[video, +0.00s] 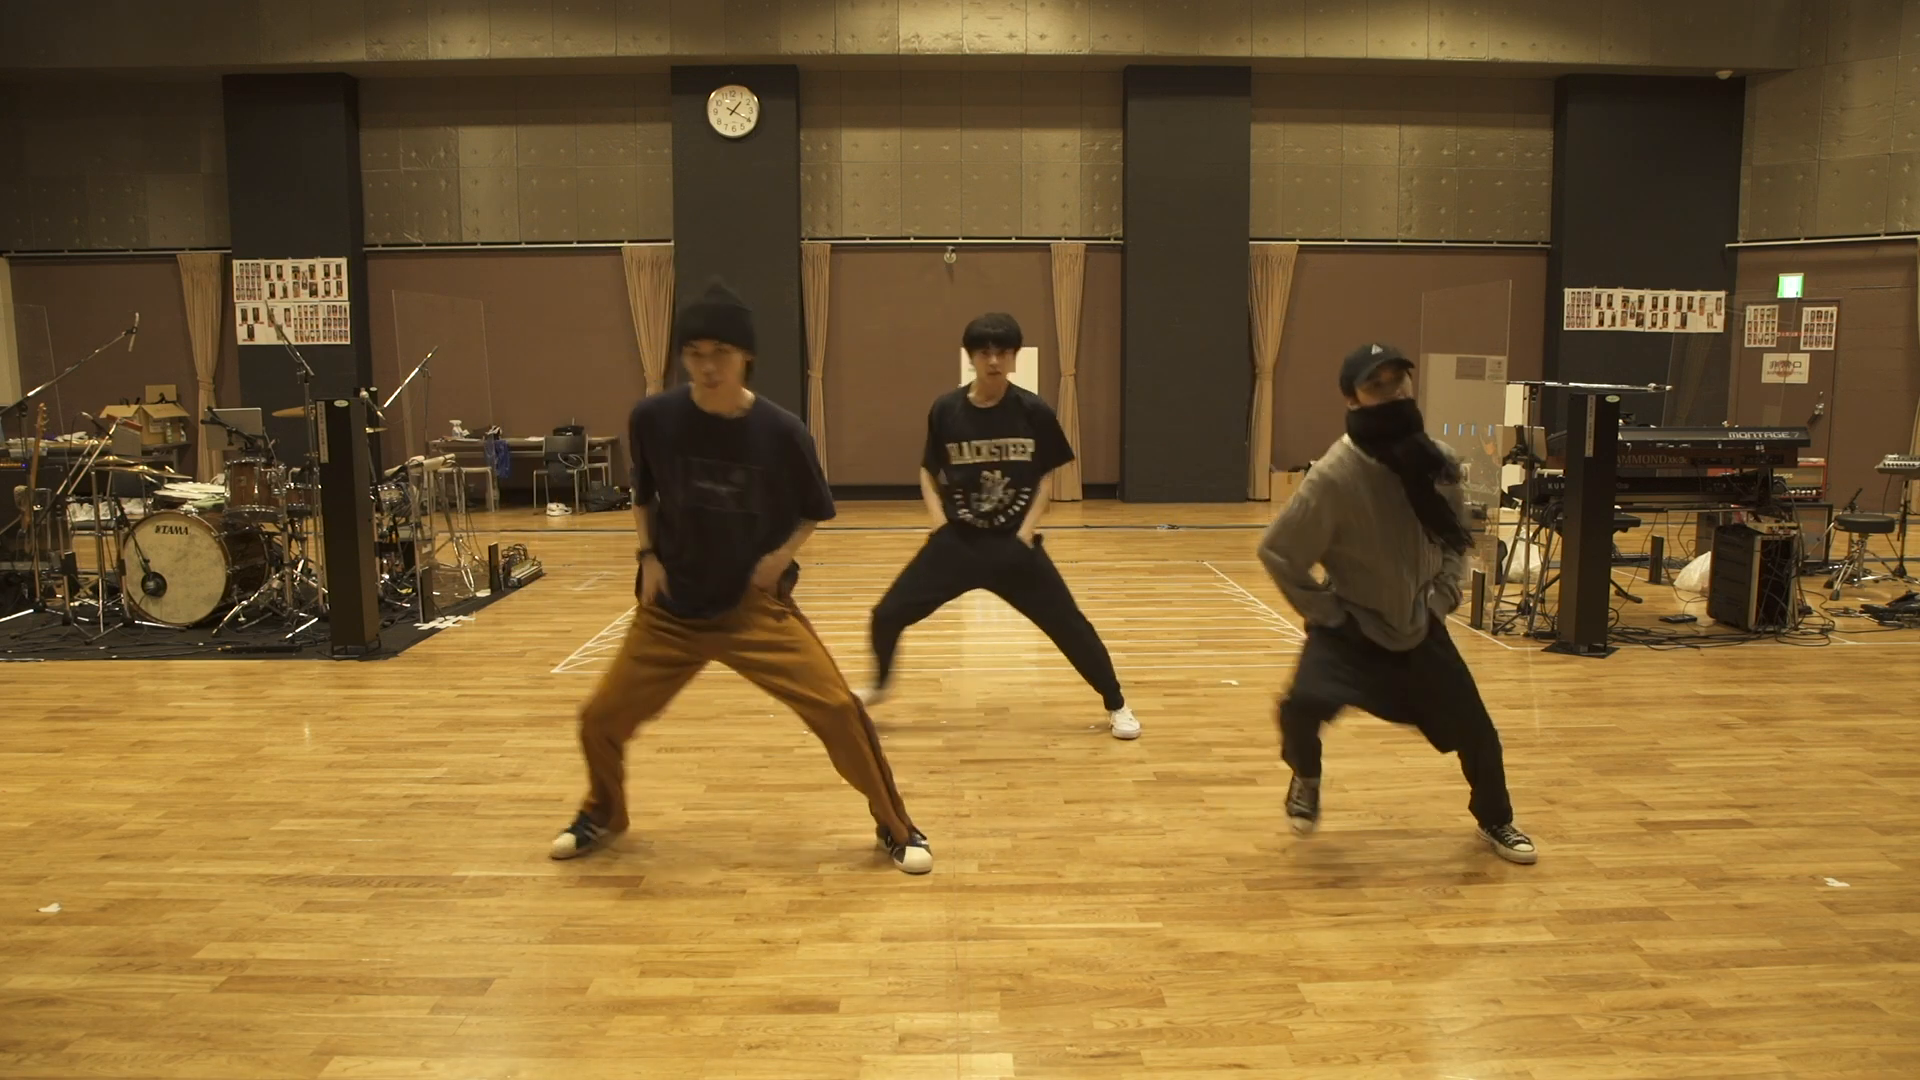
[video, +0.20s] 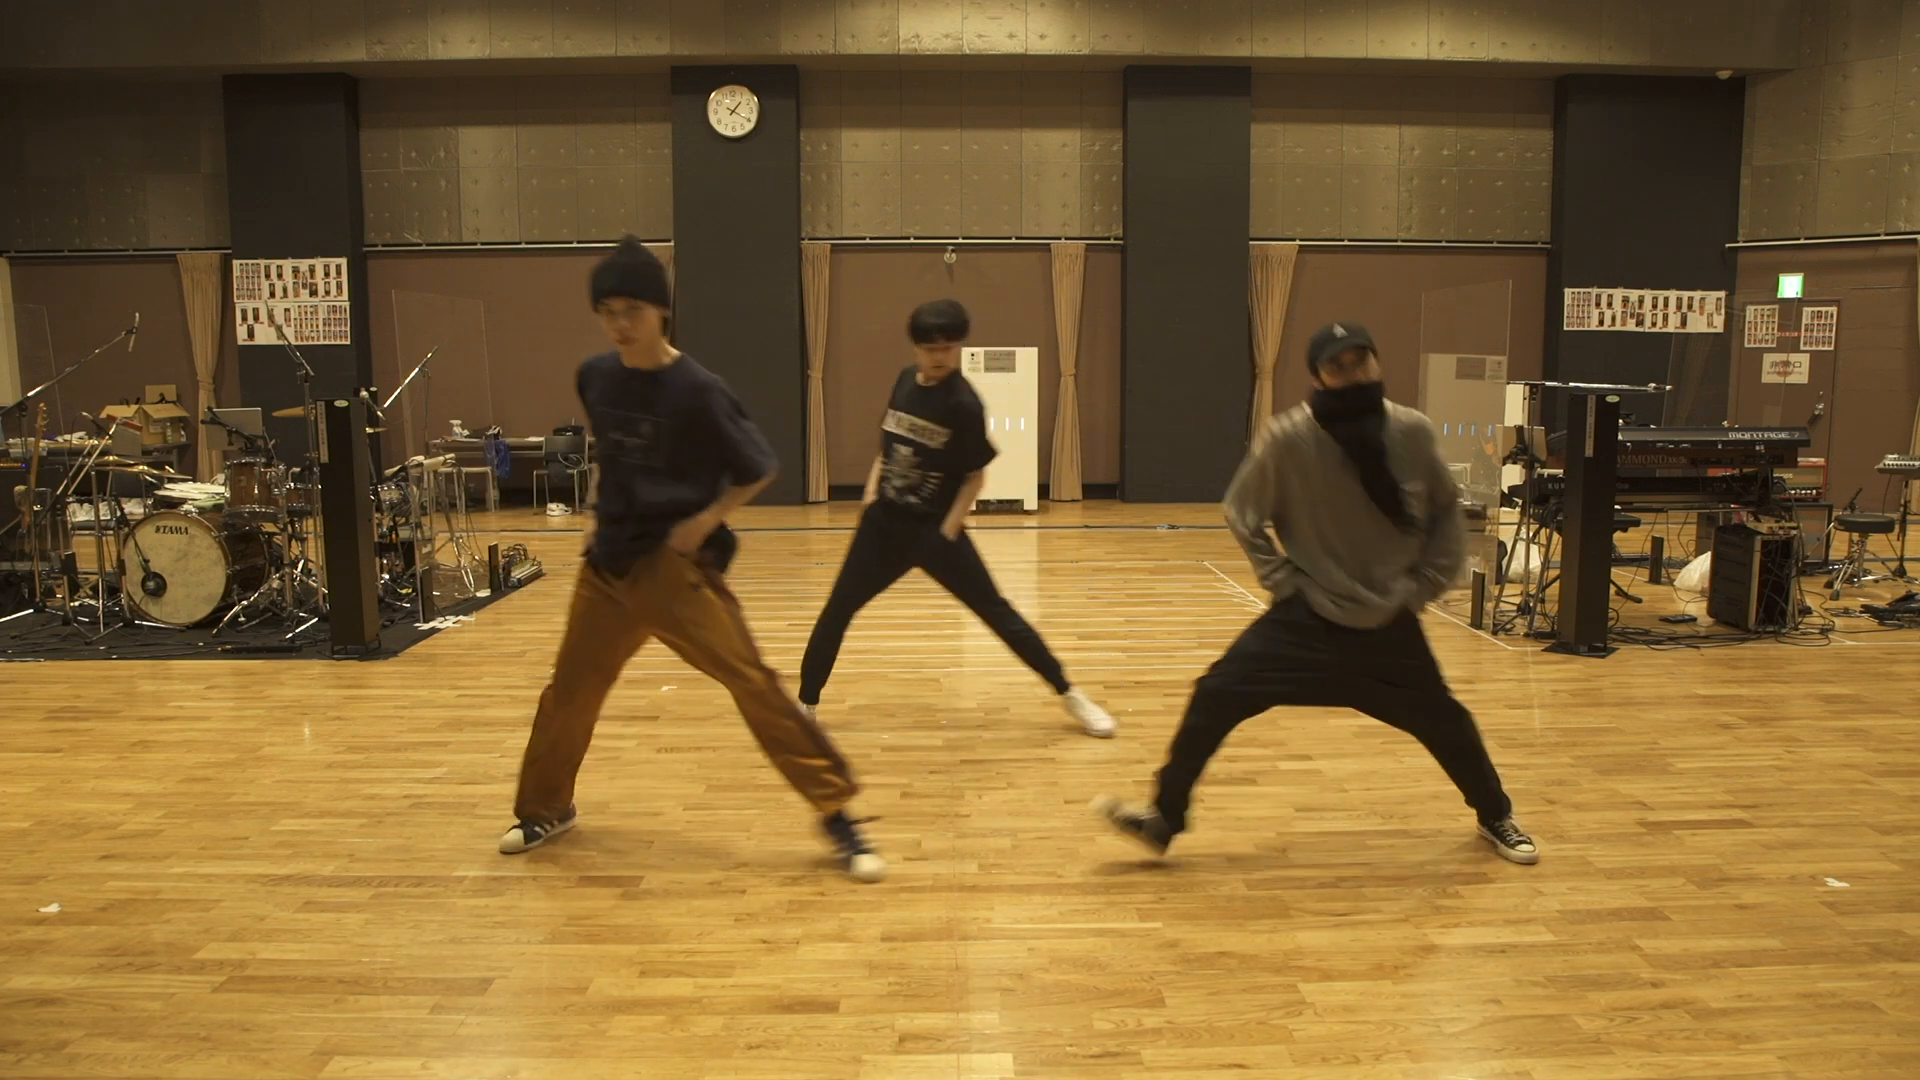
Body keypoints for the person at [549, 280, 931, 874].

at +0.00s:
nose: (706, 367)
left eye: (719, 354)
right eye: (695, 355)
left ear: (746, 358)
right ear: (681, 359)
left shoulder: (781, 432)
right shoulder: (652, 420)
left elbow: (816, 511)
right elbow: (644, 494)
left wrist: (780, 557)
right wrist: (647, 555)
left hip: (757, 611)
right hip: (671, 612)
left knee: (839, 709)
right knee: (598, 720)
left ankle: (897, 827)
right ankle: (604, 814)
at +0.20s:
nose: (618, 325)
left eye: (630, 311)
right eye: (607, 314)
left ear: (662, 310)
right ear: (599, 317)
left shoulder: (698, 391)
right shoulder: (595, 378)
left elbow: (761, 468)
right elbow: (606, 454)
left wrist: (704, 520)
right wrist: (603, 517)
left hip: (677, 567)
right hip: (609, 564)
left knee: (754, 684)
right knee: (570, 689)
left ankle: (837, 816)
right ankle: (544, 812)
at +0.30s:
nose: (572, 304)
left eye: (583, 289)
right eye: (560, 294)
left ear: (616, 288)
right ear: (554, 301)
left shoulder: (662, 373)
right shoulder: (559, 364)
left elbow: (721, 453)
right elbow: (563, 443)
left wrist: (661, 505)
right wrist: (553, 506)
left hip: (639, 553)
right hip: (571, 549)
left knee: (684, 690)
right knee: (551, 683)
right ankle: (547, 805)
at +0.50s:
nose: (534, 291)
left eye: (544, 276)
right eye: (523, 283)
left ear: (578, 275)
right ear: (517, 292)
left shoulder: (631, 360)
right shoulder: (520, 357)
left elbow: (681, 444)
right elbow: (521, 441)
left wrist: (627, 492)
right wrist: (517, 506)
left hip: (602, 533)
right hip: (534, 533)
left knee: (606, 673)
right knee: (538, 675)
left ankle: (617, 815)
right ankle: (547, 805)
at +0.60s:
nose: (527, 290)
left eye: (538, 275)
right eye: (515, 282)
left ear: (571, 276)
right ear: (510, 293)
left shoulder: (626, 360)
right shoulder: (511, 362)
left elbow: (669, 450)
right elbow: (507, 450)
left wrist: (620, 498)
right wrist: (504, 509)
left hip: (594, 536)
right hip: (527, 539)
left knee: (575, 670)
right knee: (529, 675)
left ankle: (581, 795)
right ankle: (536, 805)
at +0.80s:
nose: (511, 278)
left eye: (524, 264)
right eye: (502, 268)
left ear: (557, 270)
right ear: (495, 280)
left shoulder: (605, 353)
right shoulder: (510, 356)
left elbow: (668, 435)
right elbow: (523, 444)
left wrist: (615, 497)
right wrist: (523, 516)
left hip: (605, 534)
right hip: (538, 535)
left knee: (592, 665)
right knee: (530, 651)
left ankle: (582, 797)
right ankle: (575, 770)